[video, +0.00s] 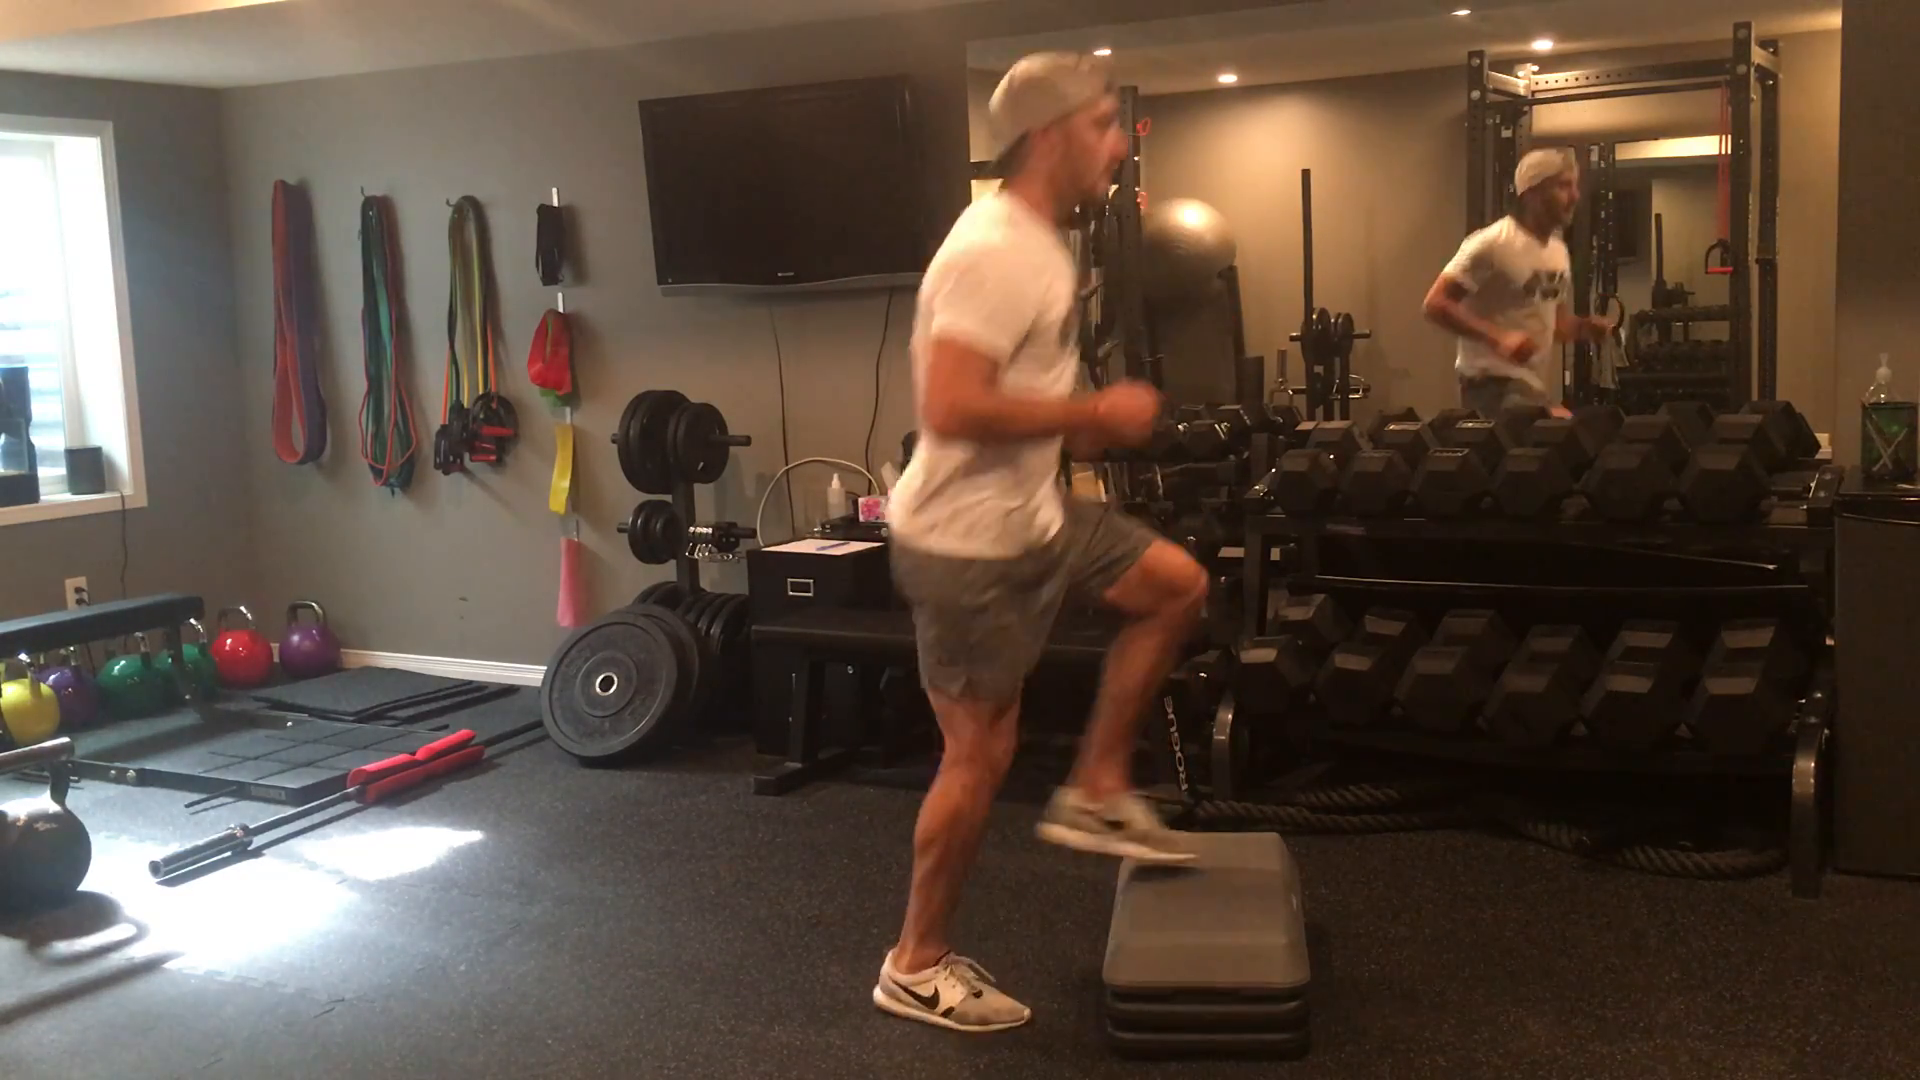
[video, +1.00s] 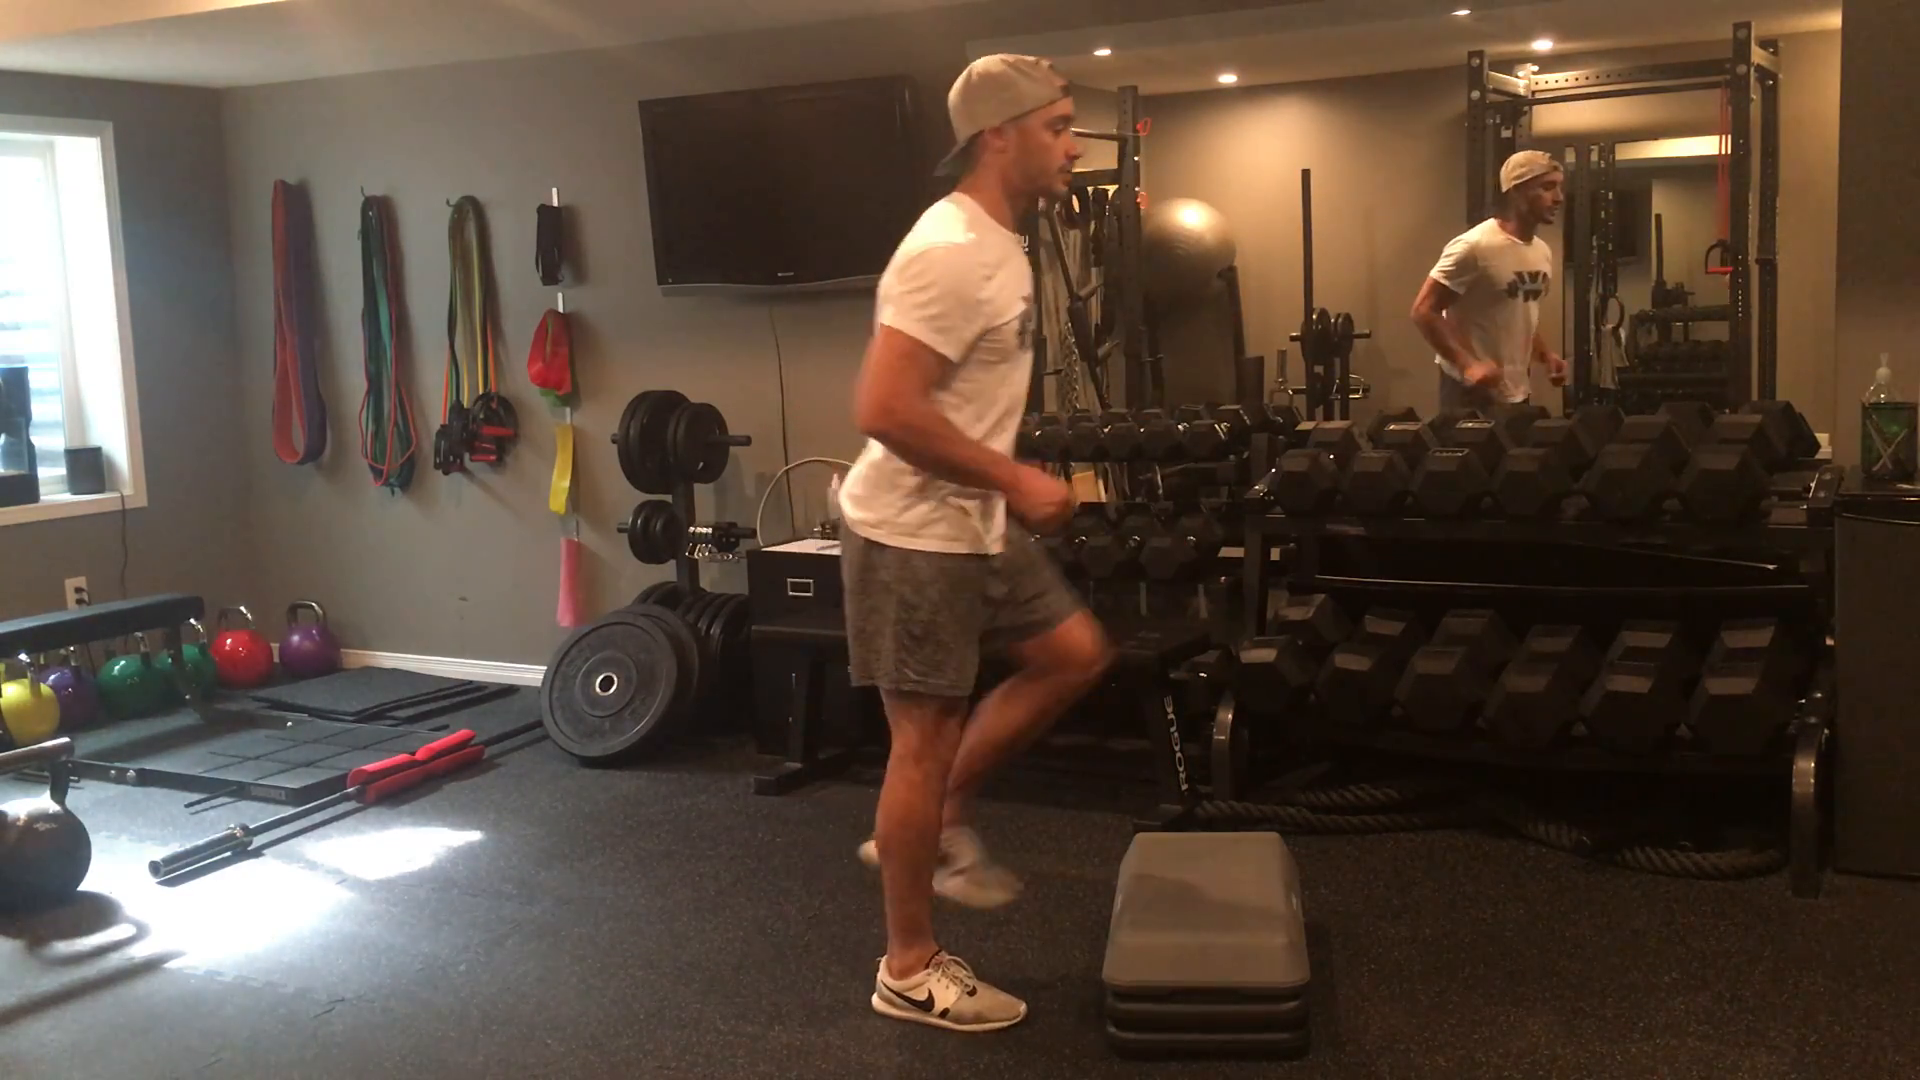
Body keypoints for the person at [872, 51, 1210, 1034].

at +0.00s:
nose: (1119, 142)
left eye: (1116, 123)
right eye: (1104, 124)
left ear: (1051, 140)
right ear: (1047, 139)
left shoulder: (1042, 238)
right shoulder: (988, 248)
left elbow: (1001, 390)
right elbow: (948, 407)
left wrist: (1081, 416)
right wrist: (1090, 412)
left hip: (1034, 512)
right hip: (963, 538)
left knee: (1175, 586)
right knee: (976, 759)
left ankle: (1096, 791)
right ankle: (915, 959)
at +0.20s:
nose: (1061, 142)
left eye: (1058, 125)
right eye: (1045, 126)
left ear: (998, 138)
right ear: (989, 137)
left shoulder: (992, 242)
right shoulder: (930, 244)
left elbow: (936, 390)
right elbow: (863, 396)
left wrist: (992, 481)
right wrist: (992, 478)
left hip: (974, 527)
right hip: (911, 536)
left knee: (1027, 688)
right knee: (944, 735)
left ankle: (869, 869)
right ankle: (915, 962)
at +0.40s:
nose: (1038, 156)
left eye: (1033, 139)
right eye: (1018, 140)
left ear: (977, 159)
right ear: (962, 157)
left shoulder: (958, 263)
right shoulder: (909, 258)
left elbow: (912, 407)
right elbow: (817, 398)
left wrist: (957, 495)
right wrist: (923, 510)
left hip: (865, 533)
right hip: (864, 542)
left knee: (826, 724)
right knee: (950, 735)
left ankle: (804, 928)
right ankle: (913, 964)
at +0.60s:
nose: (1035, 173)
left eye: (1034, 156)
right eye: (1019, 154)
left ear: (970, 164)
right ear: (961, 160)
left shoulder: (948, 262)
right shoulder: (899, 254)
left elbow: (890, 413)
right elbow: (812, 392)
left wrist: (923, 519)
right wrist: (923, 498)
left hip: (866, 536)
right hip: (843, 538)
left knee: (833, 727)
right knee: (931, 735)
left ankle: (805, 929)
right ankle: (907, 964)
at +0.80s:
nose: (1045, 165)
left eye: (1044, 147)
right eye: (1030, 147)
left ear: (983, 160)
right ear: (969, 156)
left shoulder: (969, 260)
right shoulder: (906, 253)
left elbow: (909, 396)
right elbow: (812, 389)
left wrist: (978, 454)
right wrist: (937, 473)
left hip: (904, 537)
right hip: (875, 541)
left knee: (876, 733)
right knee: (944, 738)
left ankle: (808, 929)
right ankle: (909, 965)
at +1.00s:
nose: (1075, 142)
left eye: (1072, 125)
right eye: (1059, 126)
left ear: (1012, 140)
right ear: (999, 138)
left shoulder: (998, 243)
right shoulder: (948, 249)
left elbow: (940, 398)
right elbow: (885, 407)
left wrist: (1009, 477)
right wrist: (1013, 476)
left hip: (976, 524)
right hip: (913, 533)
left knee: (1072, 652)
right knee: (923, 746)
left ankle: (930, 811)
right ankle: (906, 965)